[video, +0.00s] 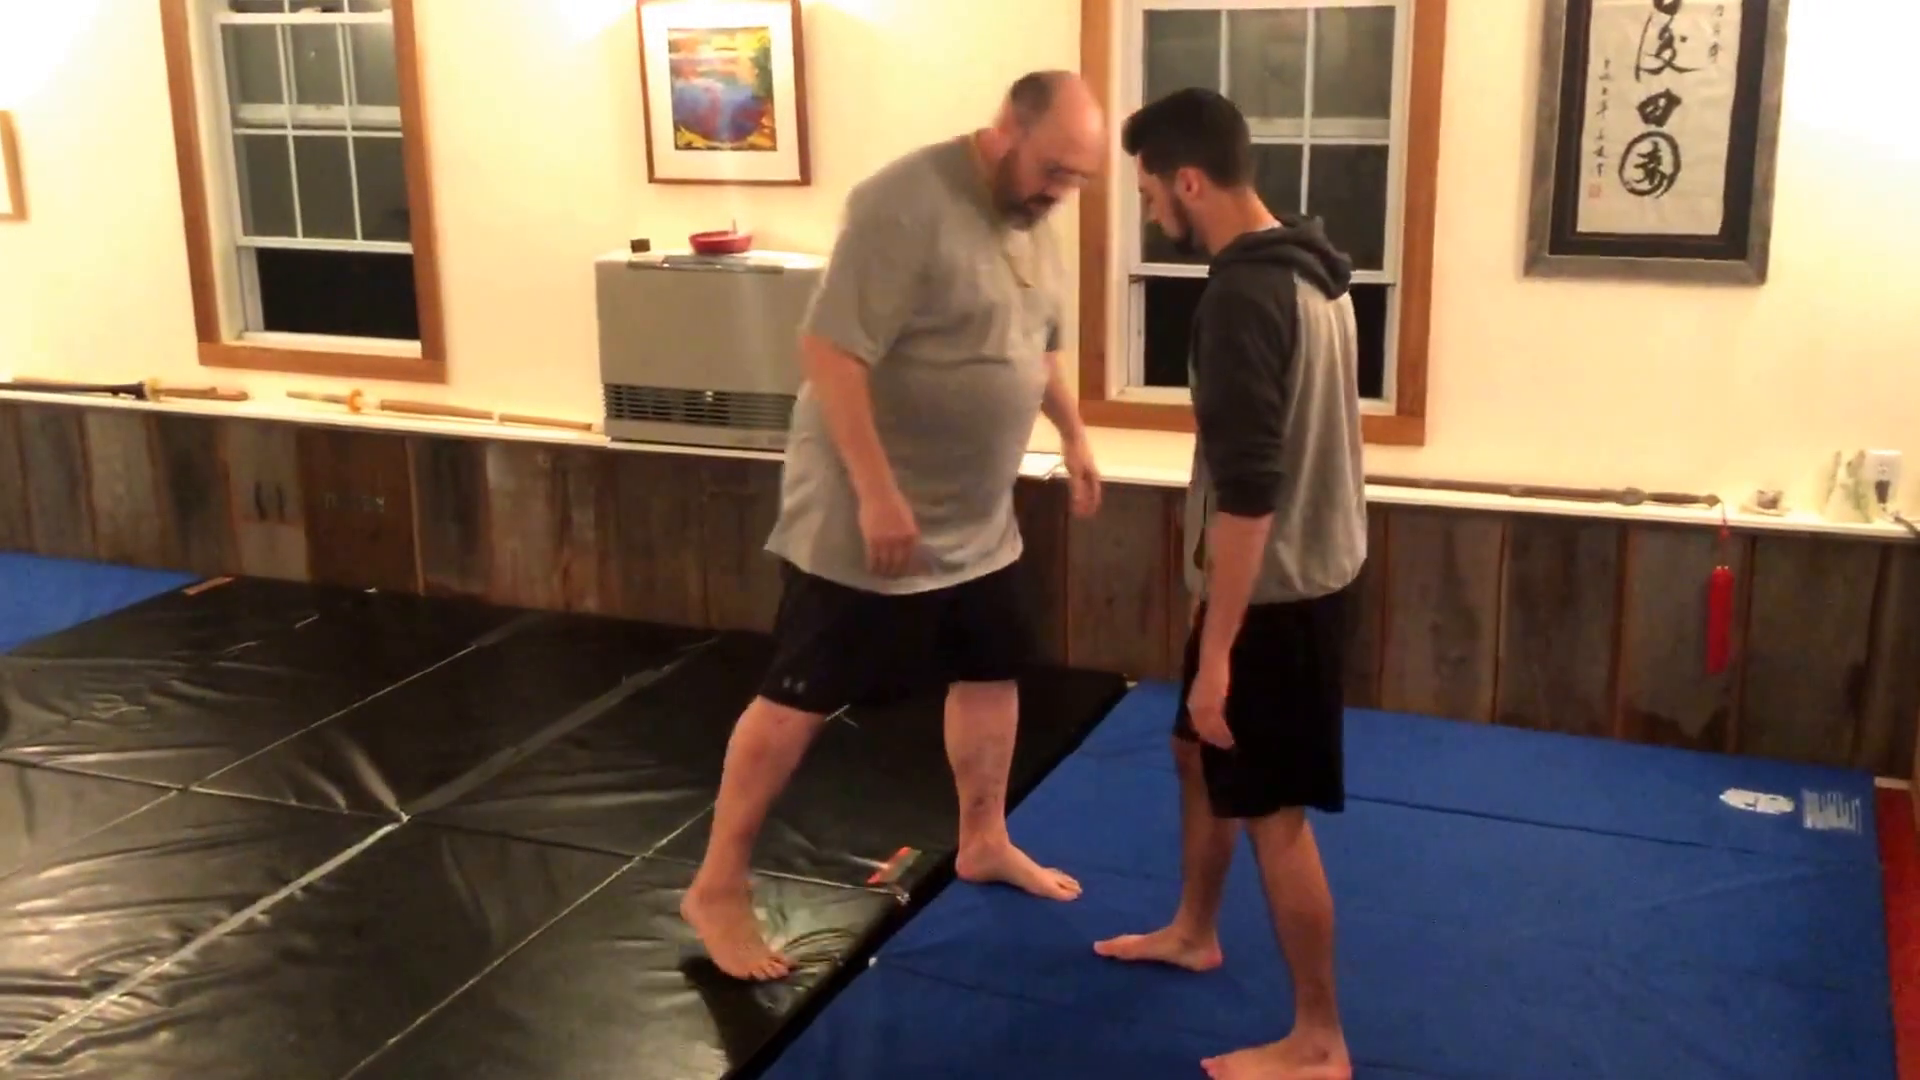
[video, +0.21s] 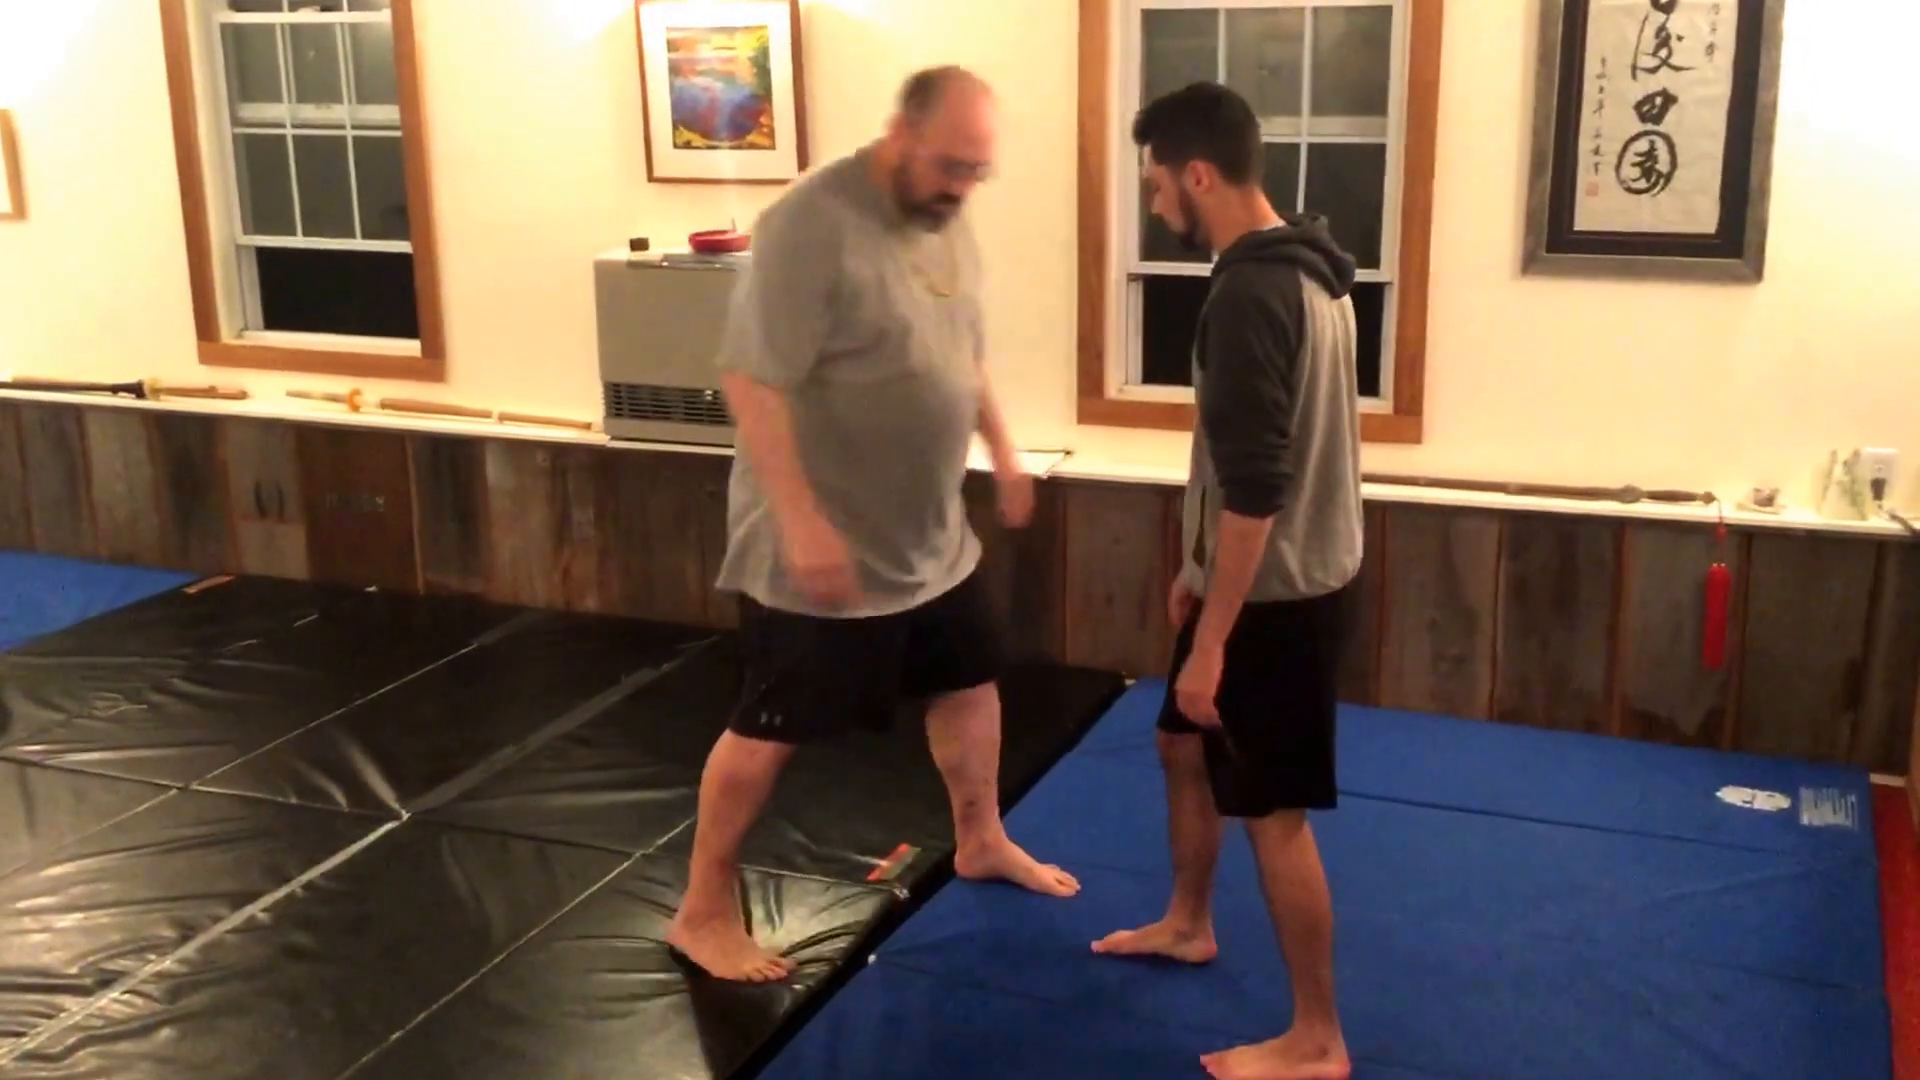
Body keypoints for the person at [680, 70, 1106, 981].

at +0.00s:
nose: (1064, 195)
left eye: (1079, 180)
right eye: (1055, 173)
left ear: (1082, 167)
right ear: (1004, 134)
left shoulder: (1034, 211)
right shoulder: (904, 199)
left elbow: (1028, 348)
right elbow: (830, 349)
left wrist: (1075, 438)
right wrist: (877, 492)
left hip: (973, 514)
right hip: (857, 513)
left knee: (993, 673)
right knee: (799, 695)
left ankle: (983, 842)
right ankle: (716, 887)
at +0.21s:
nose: (965, 190)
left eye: (978, 172)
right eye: (954, 168)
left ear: (984, 158)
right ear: (897, 138)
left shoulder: (946, 219)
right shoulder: (808, 224)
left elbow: (963, 351)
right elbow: (750, 380)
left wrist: (1006, 456)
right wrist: (802, 521)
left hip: (930, 533)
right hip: (818, 543)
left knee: (969, 685)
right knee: (766, 729)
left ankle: (981, 840)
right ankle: (703, 910)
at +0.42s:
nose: (890, 169)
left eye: (904, 149)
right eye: (873, 147)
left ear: (914, 136)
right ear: (819, 124)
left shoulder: (908, 210)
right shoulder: (744, 221)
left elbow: (912, 361)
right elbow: (680, 383)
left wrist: (927, 476)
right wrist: (690, 533)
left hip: (896, 521)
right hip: (784, 539)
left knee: (932, 692)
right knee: (747, 735)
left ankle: (979, 840)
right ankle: (699, 914)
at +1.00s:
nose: (840, 119)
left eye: (856, 100)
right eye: (819, 101)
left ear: (878, 102)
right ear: (780, 103)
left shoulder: (902, 205)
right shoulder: (719, 218)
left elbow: (944, 346)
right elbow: (670, 375)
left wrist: (992, 458)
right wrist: (725, 489)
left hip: (903, 519)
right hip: (784, 537)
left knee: (935, 686)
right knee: (750, 733)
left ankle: (978, 836)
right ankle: (696, 907)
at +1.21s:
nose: (825, 107)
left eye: (841, 87)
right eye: (805, 91)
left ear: (871, 91)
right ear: (776, 101)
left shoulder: (911, 205)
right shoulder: (727, 207)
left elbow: (945, 348)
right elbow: (670, 356)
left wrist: (974, 462)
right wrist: (728, 352)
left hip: (905, 507)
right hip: (782, 521)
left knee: (940, 683)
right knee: (748, 727)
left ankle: (977, 834)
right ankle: (695, 904)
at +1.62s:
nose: (843, 96)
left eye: (857, 78)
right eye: (821, 81)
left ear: (884, 88)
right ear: (789, 94)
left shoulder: (919, 205)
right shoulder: (735, 208)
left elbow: (953, 349)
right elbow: (685, 366)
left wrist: (993, 466)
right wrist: (751, 490)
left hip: (923, 515)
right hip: (788, 533)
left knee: (942, 684)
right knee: (747, 727)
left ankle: (977, 831)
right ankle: (697, 899)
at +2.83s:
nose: (859, 94)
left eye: (875, 76)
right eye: (838, 76)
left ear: (897, 87)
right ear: (801, 87)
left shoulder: (925, 202)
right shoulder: (744, 205)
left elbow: (955, 353)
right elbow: (695, 351)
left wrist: (981, 478)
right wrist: (739, 368)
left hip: (919, 504)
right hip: (793, 517)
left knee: (945, 678)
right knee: (750, 720)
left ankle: (977, 828)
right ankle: (698, 897)